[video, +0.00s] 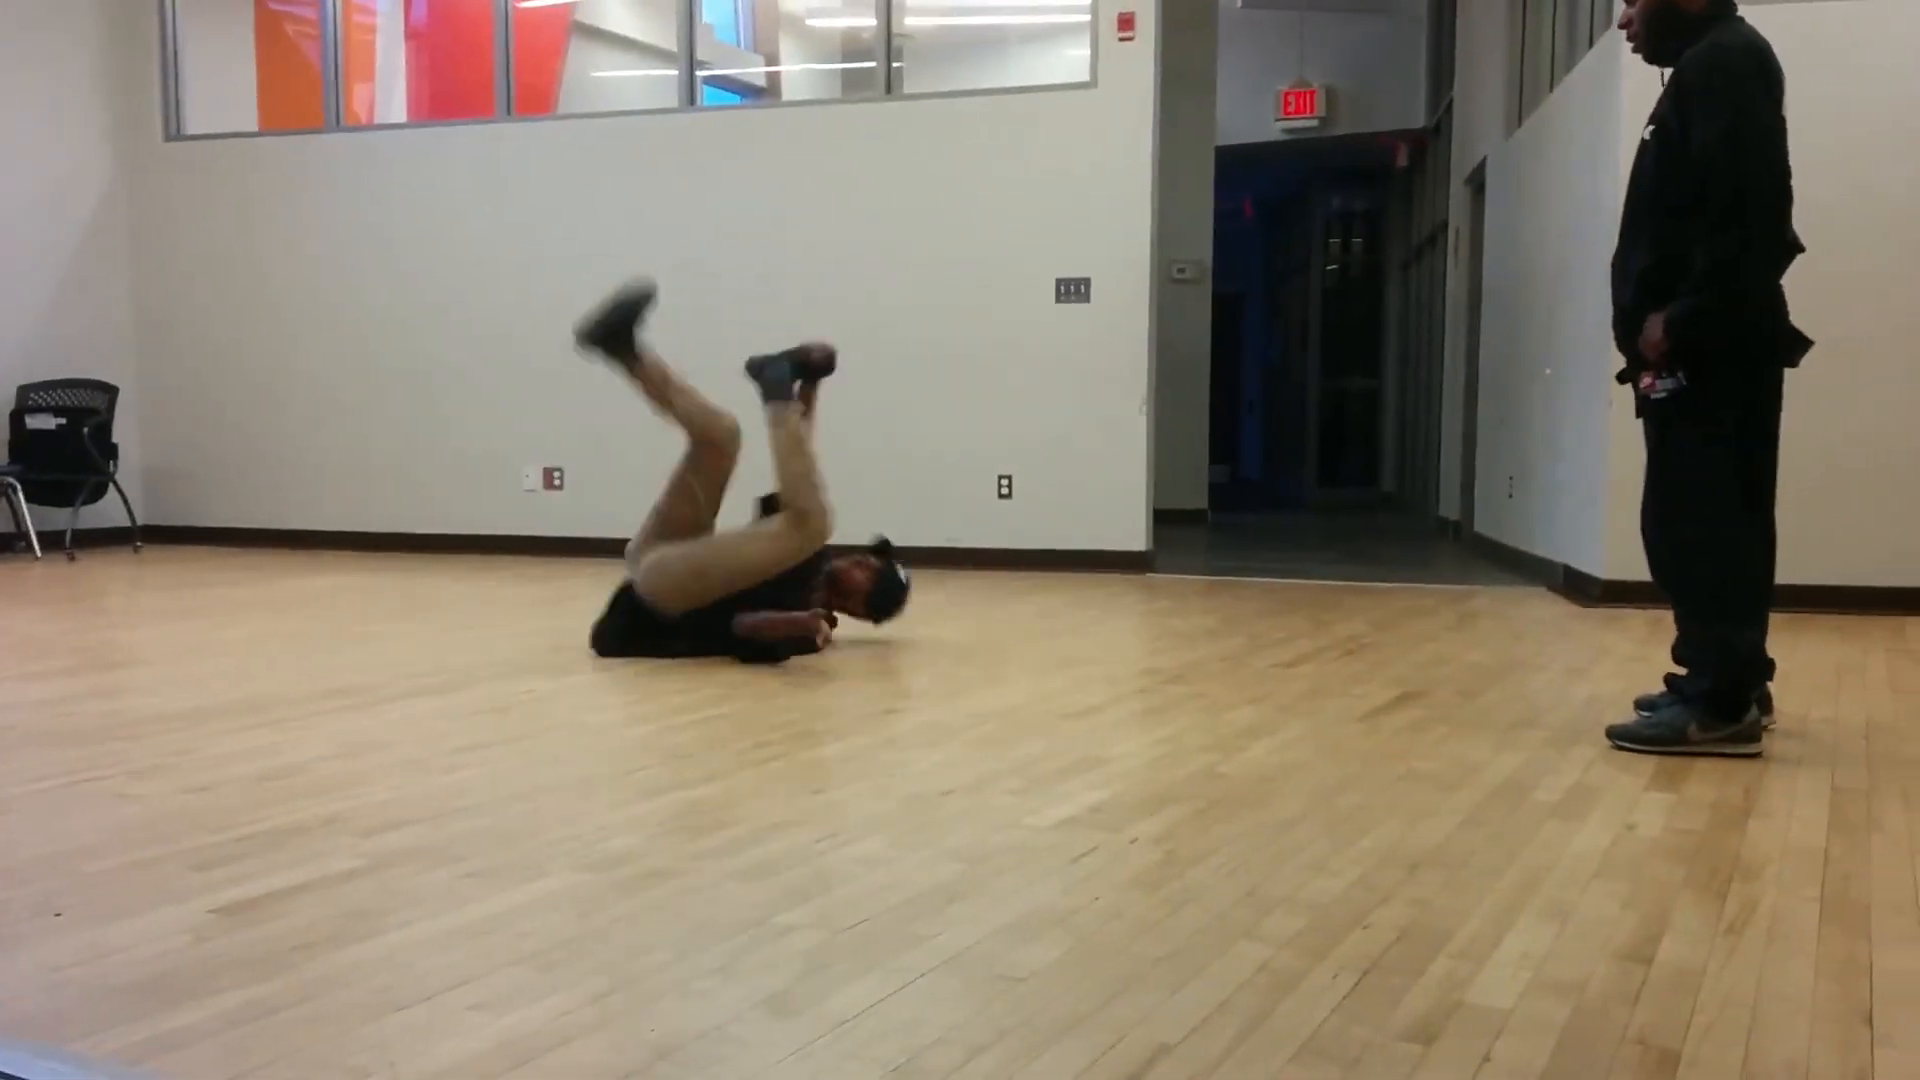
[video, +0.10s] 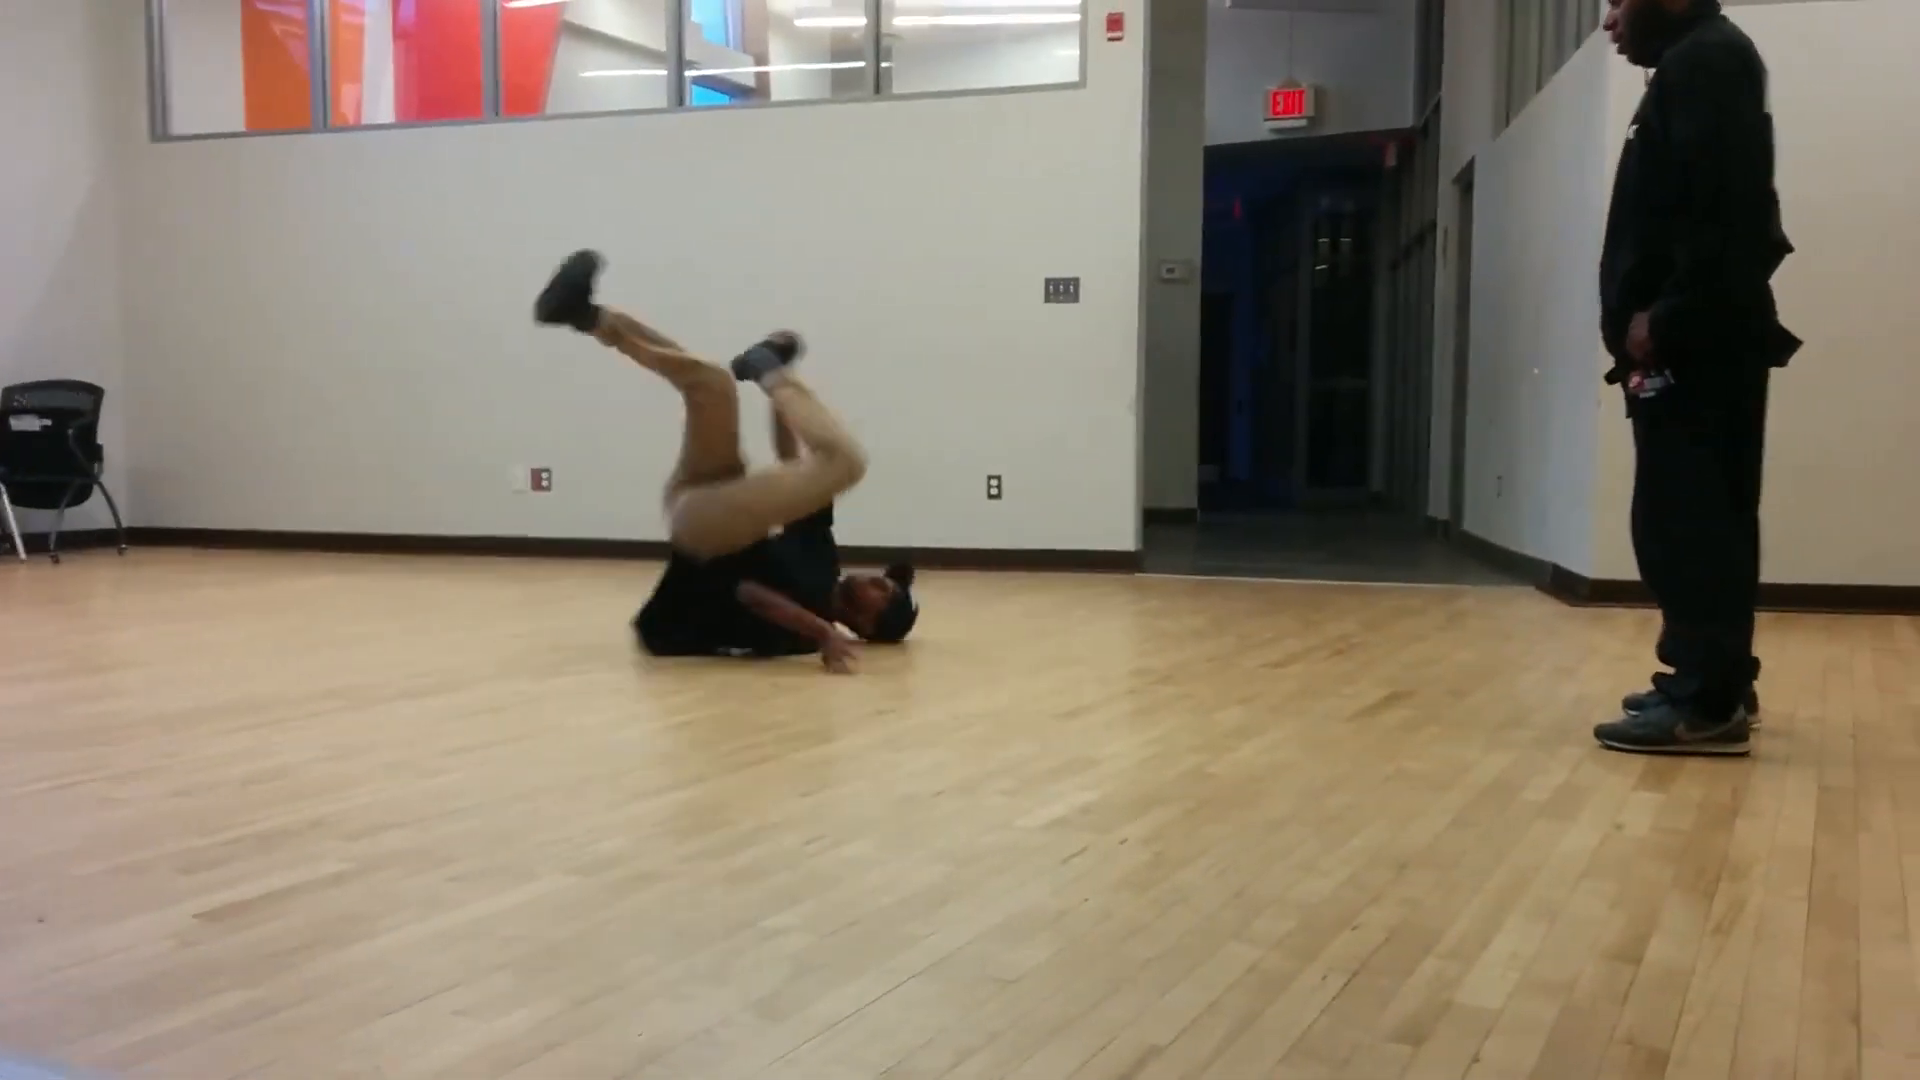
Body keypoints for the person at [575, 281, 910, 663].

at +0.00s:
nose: (858, 572)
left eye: (866, 584)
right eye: (867, 566)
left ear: (858, 609)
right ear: (860, 555)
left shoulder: (806, 623)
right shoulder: (798, 558)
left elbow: (742, 628)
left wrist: (807, 625)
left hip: (657, 603)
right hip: (655, 562)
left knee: (810, 527)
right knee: (720, 436)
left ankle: (775, 388)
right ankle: (620, 345)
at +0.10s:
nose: (875, 580)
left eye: (882, 595)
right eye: (885, 582)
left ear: (867, 625)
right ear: (872, 578)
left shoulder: (807, 628)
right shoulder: (820, 559)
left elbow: (749, 593)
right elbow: (793, 473)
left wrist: (826, 635)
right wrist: (786, 392)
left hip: (701, 537)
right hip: (705, 494)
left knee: (844, 467)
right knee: (710, 384)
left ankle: (773, 377)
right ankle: (584, 314)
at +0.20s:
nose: (890, 586)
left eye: (893, 599)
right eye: (896, 585)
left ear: (873, 622)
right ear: (882, 577)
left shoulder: (814, 626)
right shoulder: (831, 568)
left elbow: (797, 571)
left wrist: (851, 644)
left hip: (746, 498)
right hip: (724, 468)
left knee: (861, 393)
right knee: (721, 343)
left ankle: (738, 383)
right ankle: (580, 355)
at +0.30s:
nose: (895, 582)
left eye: (902, 593)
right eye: (901, 581)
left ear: (890, 615)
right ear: (889, 580)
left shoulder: (833, 630)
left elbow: (834, 563)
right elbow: (740, 484)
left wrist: (869, 647)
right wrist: (681, 429)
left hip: (797, 481)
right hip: (765, 486)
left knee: (844, 345)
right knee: (701, 344)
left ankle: (706, 403)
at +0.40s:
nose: (910, 592)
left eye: (913, 599)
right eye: (912, 595)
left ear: (902, 611)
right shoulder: (829, 610)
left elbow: (871, 561)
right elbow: (747, 501)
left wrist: (881, 652)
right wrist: (692, 462)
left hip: (823, 476)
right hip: (780, 497)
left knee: (816, 340)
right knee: (663, 405)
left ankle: (715, 415)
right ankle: (631, 554)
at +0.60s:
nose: (924, 589)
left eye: (932, 600)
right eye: (928, 588)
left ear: (925, 619)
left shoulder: (912, 626)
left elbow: (868, 569)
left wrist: (882, 658)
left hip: (820, 545)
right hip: (765, 530)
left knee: (780, 402)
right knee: (663, 513)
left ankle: (694, 499)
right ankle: (692, 654)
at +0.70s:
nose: (924, 594)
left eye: (929, 607)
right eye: (929, 595)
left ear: (913, 632)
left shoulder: (895, 636)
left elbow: (858, 577)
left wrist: (880, 663)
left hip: (810, 562)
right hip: (766, 534)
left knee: (811, 423)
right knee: (671, 522)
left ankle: (699, 495)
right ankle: (686, 660)